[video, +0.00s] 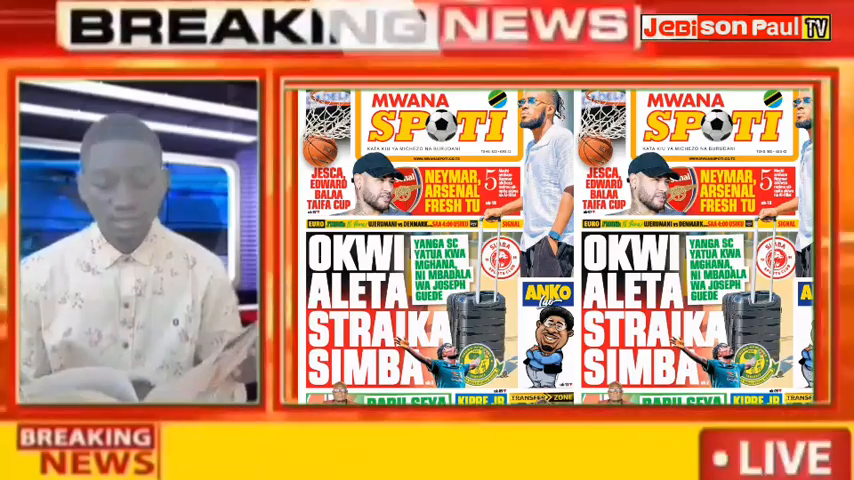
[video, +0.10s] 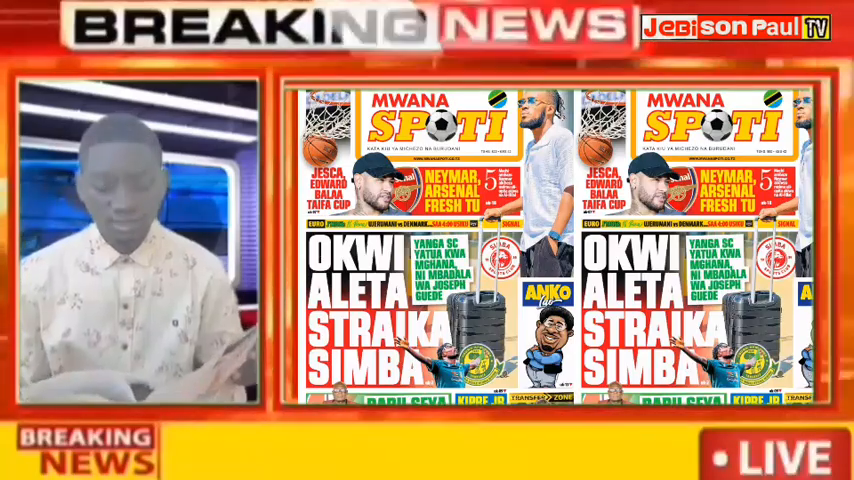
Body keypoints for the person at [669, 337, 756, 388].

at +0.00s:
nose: (728, 349)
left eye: (729, 347)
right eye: (724, 347)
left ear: (731, 351)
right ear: (718, 353)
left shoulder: (737, 366)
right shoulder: (714, 364)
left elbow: (750, 365)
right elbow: (698, 359)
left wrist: (754, 359)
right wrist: (684, 348)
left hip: (736, 401)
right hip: (720, 401)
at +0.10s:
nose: (728, 349)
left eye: (729, 347)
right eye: (724, 347)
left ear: (731, 351)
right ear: (718, 353)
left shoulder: (737, 366)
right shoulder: (714, 364)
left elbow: (750, 365)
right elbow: (698, 359)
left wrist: (754, 359)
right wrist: (684, 348)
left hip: (736, 401)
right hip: (720, 401)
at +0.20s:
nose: (728, 349)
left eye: (729, 347)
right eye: (724, 347)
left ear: (731, 351)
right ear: (718, 353)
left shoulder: (737, 366)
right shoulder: (714, 364)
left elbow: (750, 365)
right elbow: (698, 359)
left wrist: (754, 359)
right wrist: (684, 348)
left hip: (736, 401)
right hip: (720, 401)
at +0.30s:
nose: (729, 348)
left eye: (729, 347)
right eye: (724, 347)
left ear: (731, 351)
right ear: (718, 353)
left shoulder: (737, 366)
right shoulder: (714, 364)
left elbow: (749, 365)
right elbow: (698, 359)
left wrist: (754, 359)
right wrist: (684, 348)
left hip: (736, 401)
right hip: (720, 401)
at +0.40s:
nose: (729, 348)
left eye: (729, 347)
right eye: (724, 347)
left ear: (731, 351)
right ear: (718, 353)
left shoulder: (737, 366)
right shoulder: (714, 364)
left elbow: (749, 365)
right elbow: (698, 359)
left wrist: (754, 359)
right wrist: (684, 348)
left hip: (736, 401)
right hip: (720, 401)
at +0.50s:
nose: (729, 348)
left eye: (729, 347)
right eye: (724, 347)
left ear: (731, 351)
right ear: (718, 353)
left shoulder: (737, 366)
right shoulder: (714, 364)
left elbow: (749, 365)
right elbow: (698, 359)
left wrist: (754, 359)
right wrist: (684, 348)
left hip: (736, 401)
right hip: (720, 401)